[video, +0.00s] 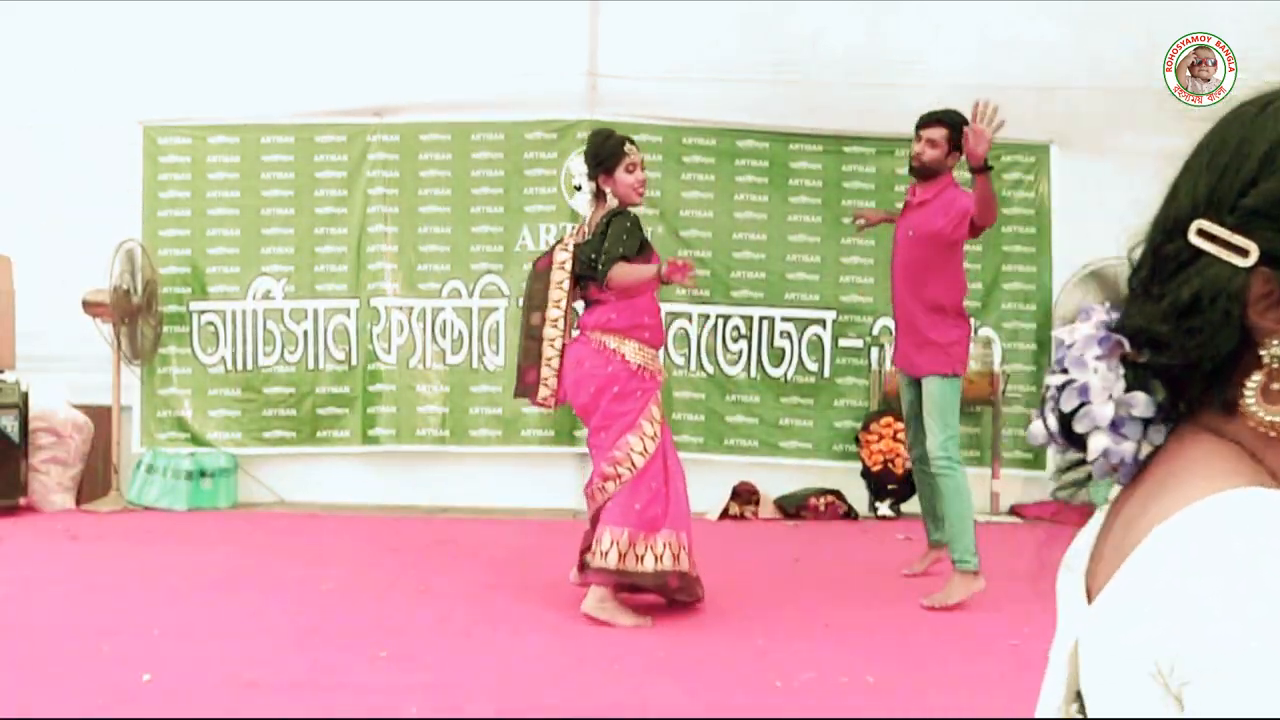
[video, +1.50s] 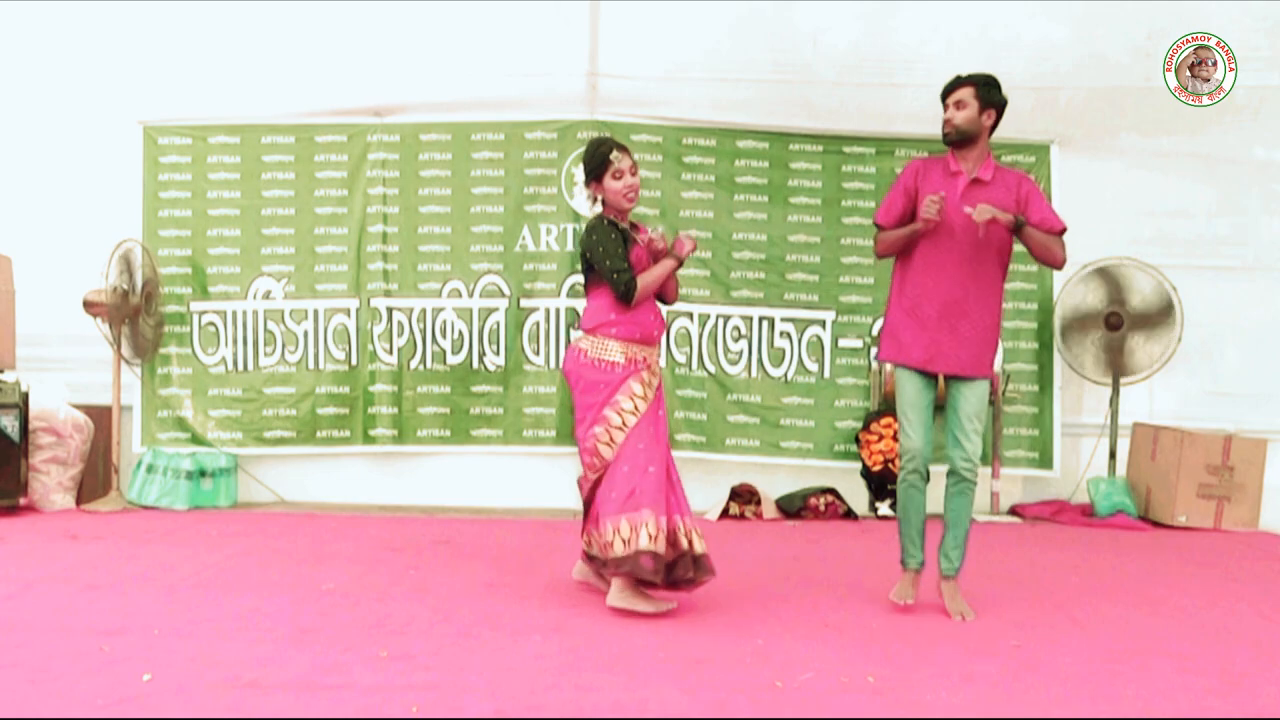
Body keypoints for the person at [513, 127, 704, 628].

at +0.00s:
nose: (641, 177)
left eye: (641, 167)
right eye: (631, 169)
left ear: (615, 177)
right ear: (605, 179)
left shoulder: (594, 227)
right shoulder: (622, 222)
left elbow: (584, 283)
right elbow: (613, 275)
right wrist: (661, 272)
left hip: (602, 363)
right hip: (620, 367)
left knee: (625, 468)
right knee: (637, 470)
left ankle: (608, 579)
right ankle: (602, 592)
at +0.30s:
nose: (628, 194)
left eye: (630, 184)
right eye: (617, 186)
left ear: (632, 189)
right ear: (592, 197)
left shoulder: (618, 247)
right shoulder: (594, 247)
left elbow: (625, 313)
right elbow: (596, 318)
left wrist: (664, 320)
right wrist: (658, 326)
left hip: (617, 381)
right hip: (594, 382)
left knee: (633, 478)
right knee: (621, 480)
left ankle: (611, 587)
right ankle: (599, 596)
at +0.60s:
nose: (601, 188)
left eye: (607, 179)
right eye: (590, 179)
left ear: (614, 186)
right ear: (568, 186)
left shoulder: (627, 237)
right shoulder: (549, 240)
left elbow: (641, 294)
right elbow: (536, 304)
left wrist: (606, 273)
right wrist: (580, 282)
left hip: (614, 362)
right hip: (561, 364)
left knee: (612, 454)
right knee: (558, 456)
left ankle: (610, 559)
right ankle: (544, 546)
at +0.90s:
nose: (584, 187)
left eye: (591, 179)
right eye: (574, 178)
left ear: (600, 188)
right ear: (555, 187)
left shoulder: (619, 241)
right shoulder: (539, 243)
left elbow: (648, 295)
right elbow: (506, 298)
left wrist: (667, 284)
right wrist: (460, 292)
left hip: (607, 365)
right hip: (554, 366)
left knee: (602, 458)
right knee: (555, 458)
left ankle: (604, 564)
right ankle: (556, 562)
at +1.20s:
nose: (605, 207)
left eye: (611, 197)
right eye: (594, 199)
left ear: (620, 202)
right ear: (575, 210)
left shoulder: (635, 258)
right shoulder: (567, 261)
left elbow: (645, 323)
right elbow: (549, 327)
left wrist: (666, 313)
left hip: (629, 384)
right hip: (580, 385)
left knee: (630, 475)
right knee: (588, 476)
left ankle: (610, 568)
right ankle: (548, 547)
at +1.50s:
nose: (630, 182)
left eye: (633, 172)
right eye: (618, 176)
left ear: (639, 175)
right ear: (597, 188)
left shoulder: (638, 234)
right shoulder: (600, 232)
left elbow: (668, 294)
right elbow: (627, 289)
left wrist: (663, 257)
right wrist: (672, 258)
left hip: (636, 359)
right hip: (605, 360)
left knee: (626, 458)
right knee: (635, 458)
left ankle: (594, 556)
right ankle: (625, 580)